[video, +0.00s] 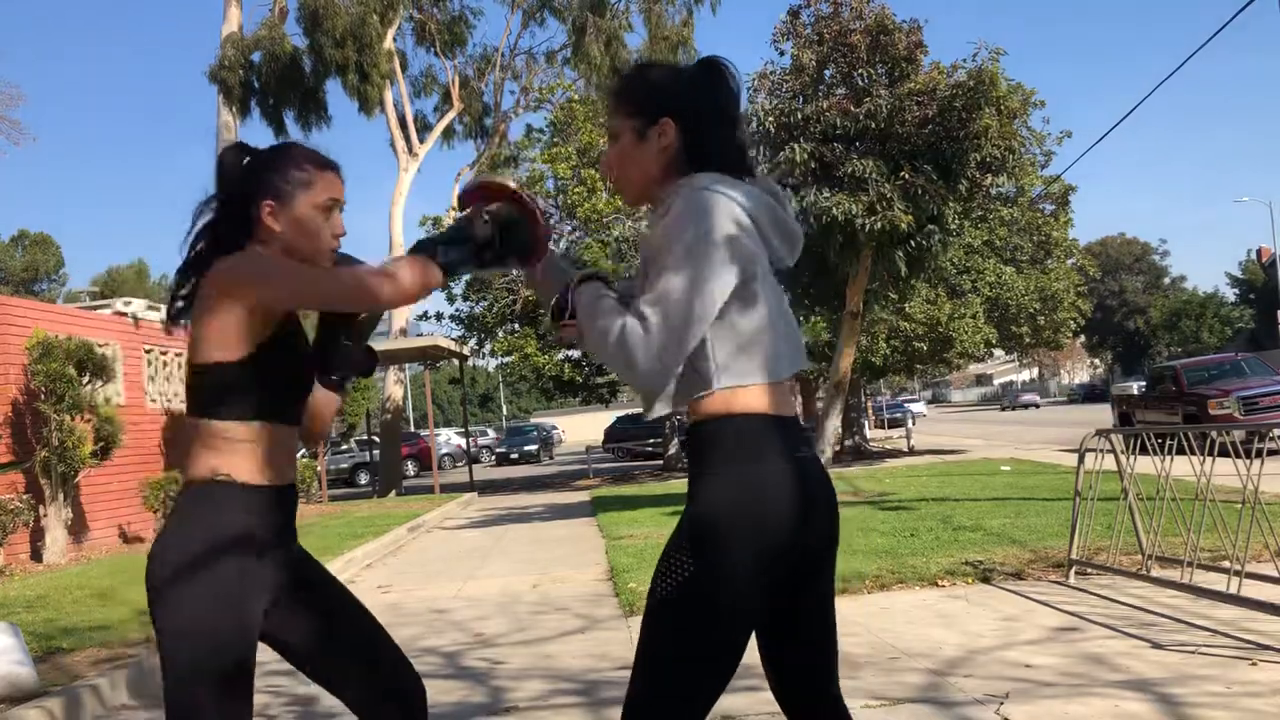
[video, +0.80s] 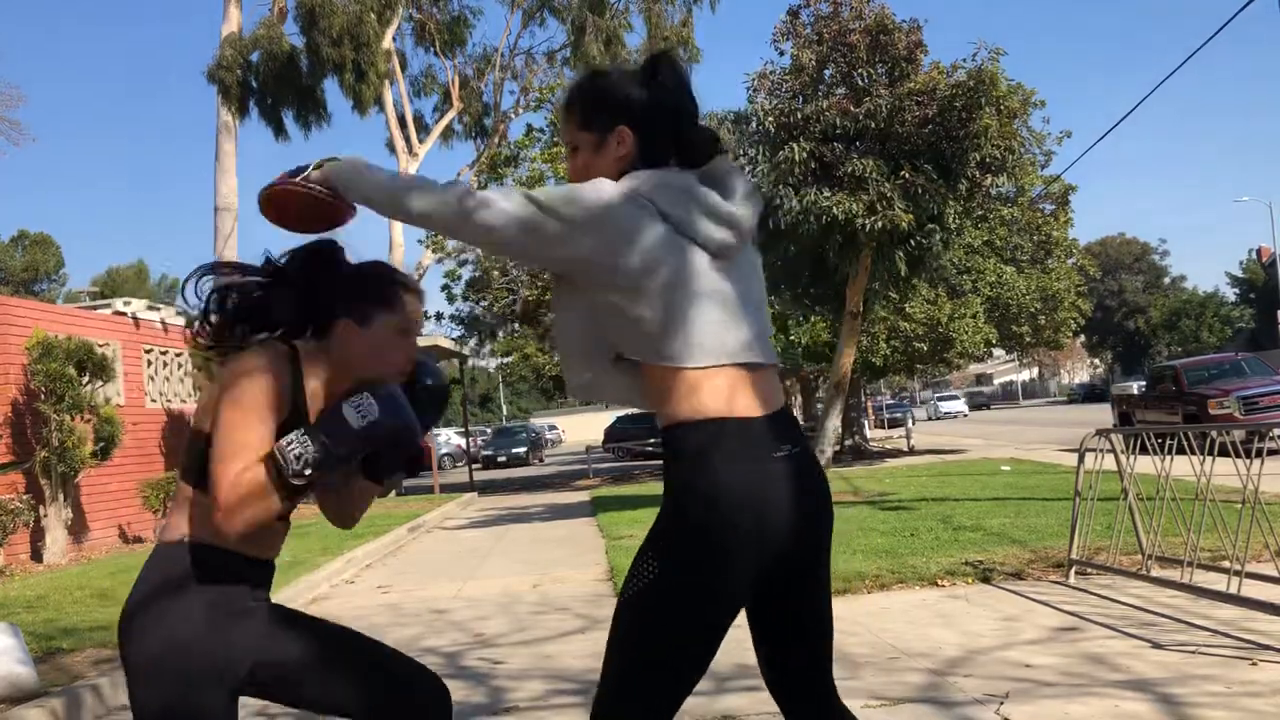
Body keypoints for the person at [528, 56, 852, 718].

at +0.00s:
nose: (605, 157)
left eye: (616, 137)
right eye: (608, 140)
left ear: (663, 138)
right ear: (665, 139)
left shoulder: (698, 210)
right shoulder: (727, 206)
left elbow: (647, 359)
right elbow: (645, 332)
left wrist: (576, 291)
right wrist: (545, 265)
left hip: (739, 484)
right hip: (791, 477)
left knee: (656, 708)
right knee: (814, 701)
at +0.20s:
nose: (613, 174)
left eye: (619, 155)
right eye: (611, 157)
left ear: (667, 147)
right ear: (675, 144)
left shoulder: (658, 220)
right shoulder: (770, 215)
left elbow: (541, 285)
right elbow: (682, 325)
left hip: (737, 484)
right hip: (822, 479)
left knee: (651, 706)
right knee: (831, 702)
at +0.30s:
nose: (619, 178)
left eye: (625, 160)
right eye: (618, 162)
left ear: (675, 155)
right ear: (678, 152)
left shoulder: (663, 225)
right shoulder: (779, 220)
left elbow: (550, 301)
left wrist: (456, 303)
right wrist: (476, 313)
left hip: (740, 490)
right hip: (824, 485)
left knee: (632, 706)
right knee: (829, 703)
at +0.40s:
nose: (614, 176)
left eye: (623, 157)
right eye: (615, 159)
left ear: (671, 152)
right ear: (672, 153)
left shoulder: (671, 222)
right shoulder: (759, 216)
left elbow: (586, 332)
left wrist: (537, 357)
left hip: (735, 488)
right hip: (812, 485)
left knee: (618, 704)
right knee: (819, 702)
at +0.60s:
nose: (582, 158)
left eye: (594, 139)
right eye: (585, 140)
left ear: (643, 144)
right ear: (647, 145)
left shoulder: (645, 214)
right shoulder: (706, 215)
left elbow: (552, 290)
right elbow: (610, 350)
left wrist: (446, 339)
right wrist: (546, 269)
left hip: (711, 478)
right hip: (783, 468)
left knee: (629, 704)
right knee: (818, 695)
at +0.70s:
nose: (564, 155)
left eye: (572, 136)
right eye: (563, 138)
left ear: (621, 133)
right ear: (638, 134)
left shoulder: (615, 208)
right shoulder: (708, 203)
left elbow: (466, 231)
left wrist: (316, 217)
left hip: (708, 476)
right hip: (783, 467)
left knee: (636, 705)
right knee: (811, 691)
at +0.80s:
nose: (565, 166)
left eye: (571, 149)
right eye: (564, 150)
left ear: (622, 142)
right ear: (648, 143)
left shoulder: (608, 212)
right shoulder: (721, 205)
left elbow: (471, 212)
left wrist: (347, 172)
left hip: (716, 490)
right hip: (794, 479)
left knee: (627, 706)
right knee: (810, 692)